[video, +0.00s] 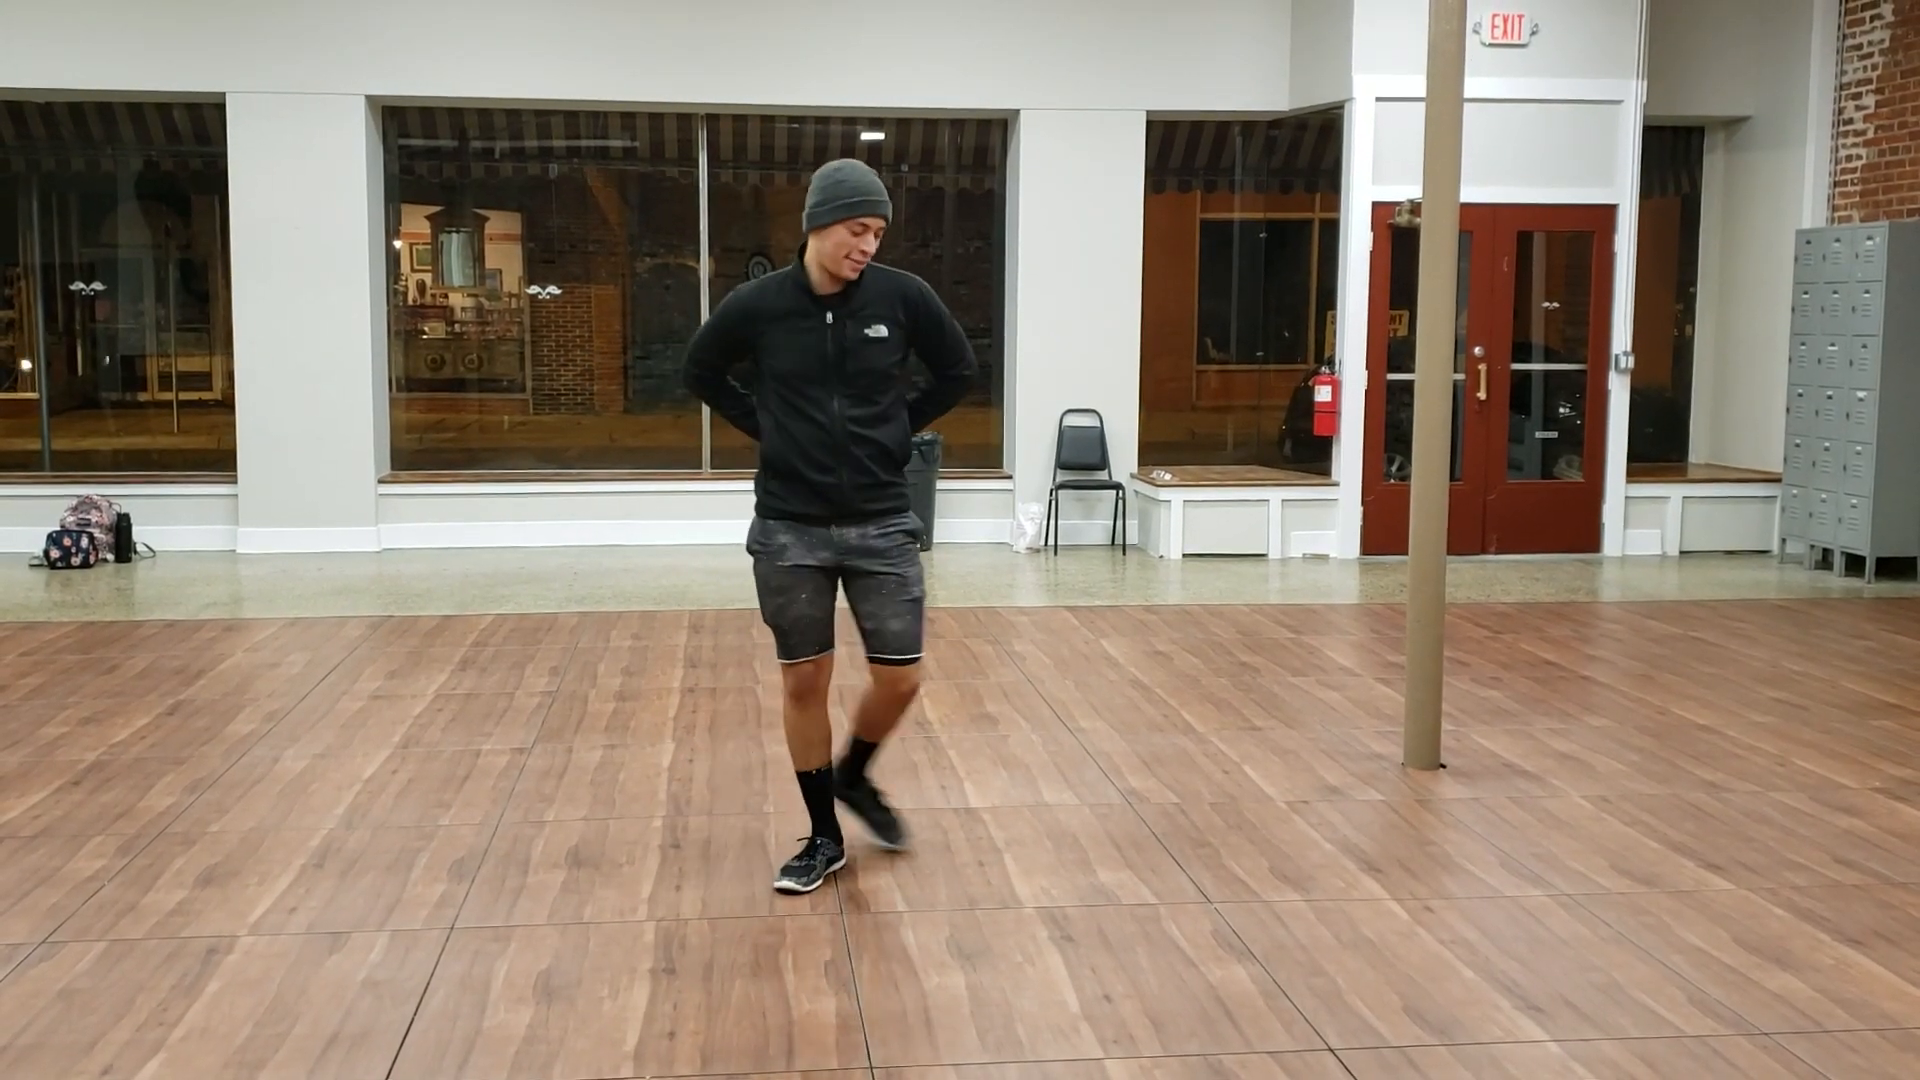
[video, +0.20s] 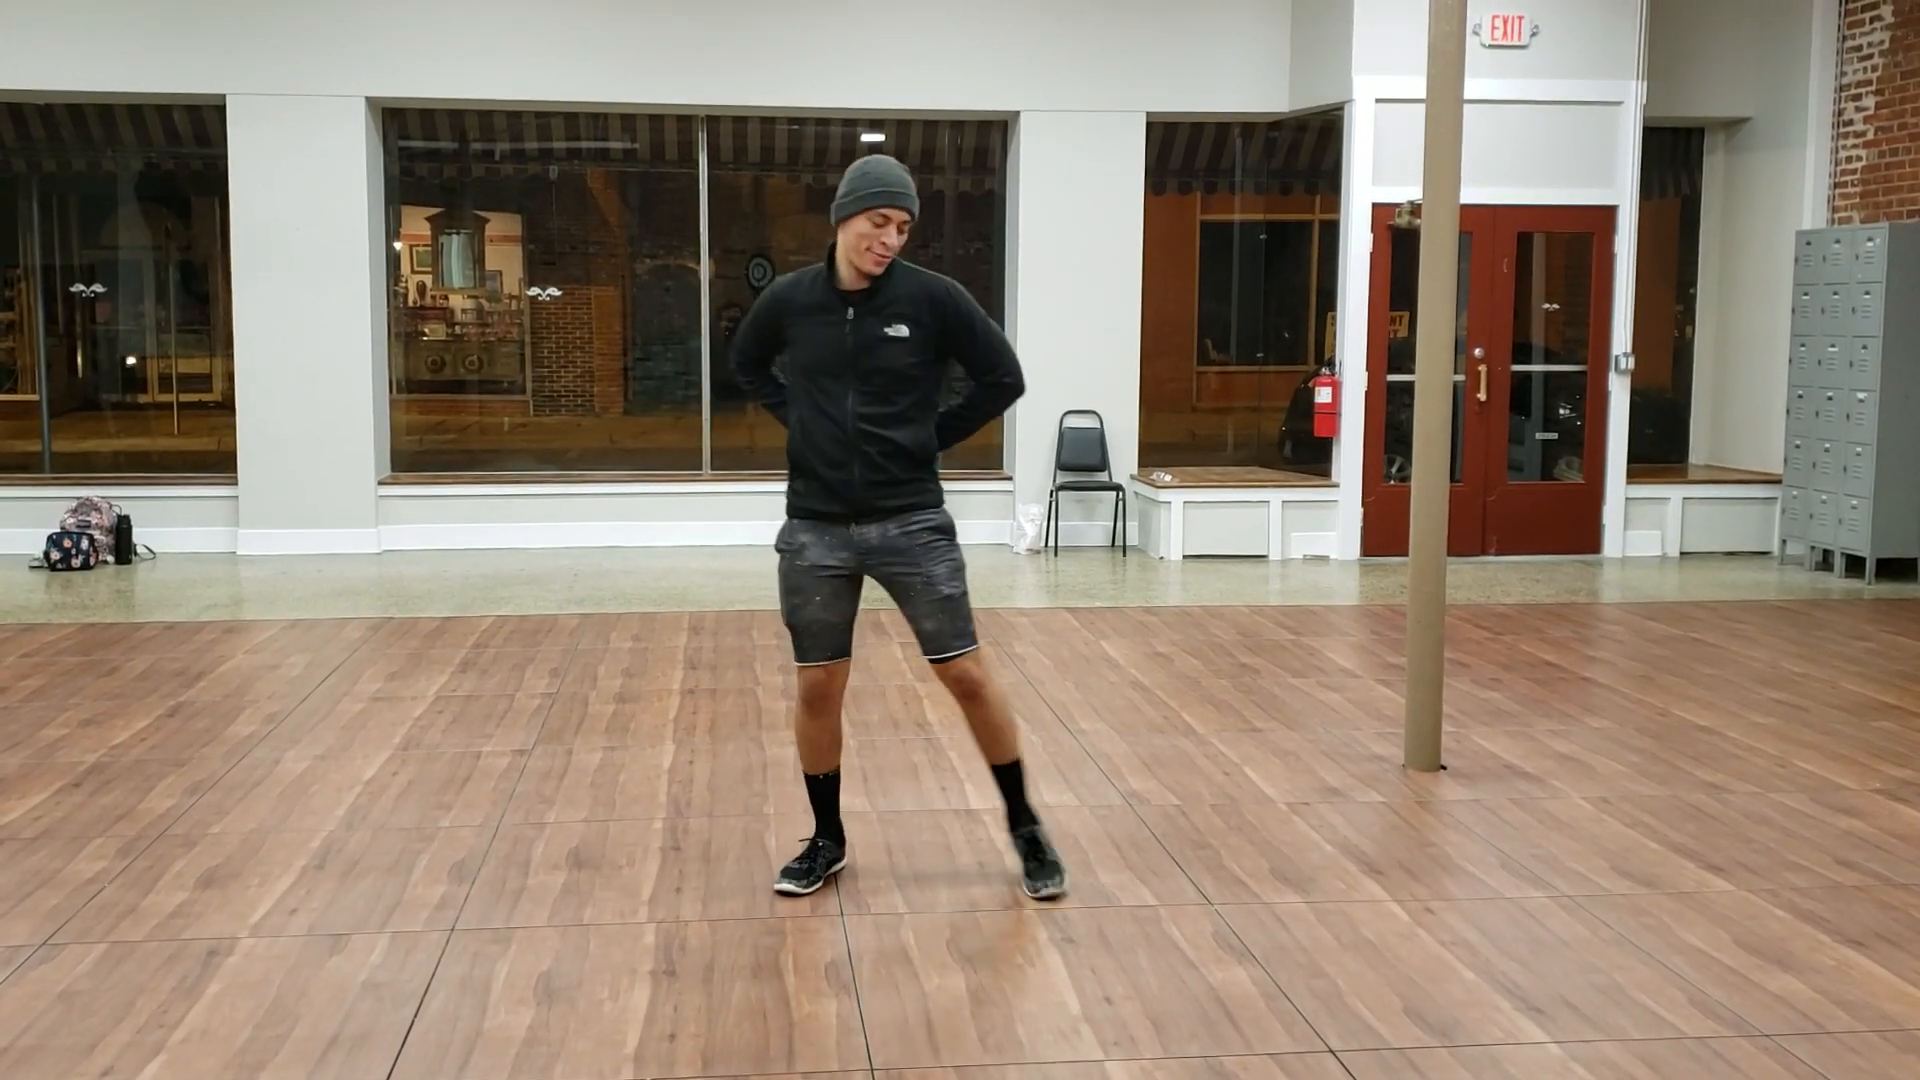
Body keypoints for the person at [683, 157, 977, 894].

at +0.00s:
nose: (867, 245)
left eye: (876, 232)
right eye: (855, 229)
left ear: (880, 237)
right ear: (814, 224)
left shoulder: (902, 297)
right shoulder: (754, 305)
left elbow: (959, 375)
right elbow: (701, 373)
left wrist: (895, 427)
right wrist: (769, 430)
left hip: (881, 523)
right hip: (789, 524)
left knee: (900, 672)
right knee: (804, 676)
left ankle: (851, 774)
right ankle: (822, 837)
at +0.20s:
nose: (886, 239)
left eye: (899, 227)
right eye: (875, 221)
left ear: (907, 234)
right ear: (840, 217)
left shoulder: (934, 300)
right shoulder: (785, 300)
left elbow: (1003, 381)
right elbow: (744, 366)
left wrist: (926, 438)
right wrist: (804, 419)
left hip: (913, 526)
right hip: (815, 528)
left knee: (965, 674)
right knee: (817, 685)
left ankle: (1026, 830)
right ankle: (825, 838)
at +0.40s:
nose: (918, 249)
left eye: (933, 236)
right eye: (906, 232)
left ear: (946, 247)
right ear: (878, 235)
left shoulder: (974, 320)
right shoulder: (839, 318)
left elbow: (1050, 406)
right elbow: (827, 382)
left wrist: (981, 458)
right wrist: (871, 433)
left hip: (953, 543)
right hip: (858, 538)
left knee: (1002, 695)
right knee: (819, 688)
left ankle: (1065, 841)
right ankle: (834, 826)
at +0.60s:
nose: (916, 233)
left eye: (931, 225)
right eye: (904, 219)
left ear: (945, 245)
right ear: (878, 231)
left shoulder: (968, 329)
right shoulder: (843, 317)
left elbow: (1040, 424)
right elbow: (838, 393)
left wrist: (960, 467)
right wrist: (860, 448)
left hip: (942, 548)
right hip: (849, 542)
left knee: (998, 699)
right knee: (809, 695)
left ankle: (1064, 839)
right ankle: (849, 813)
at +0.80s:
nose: (852, 205)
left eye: (868, 198)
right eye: (841, 192)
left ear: (884, 222)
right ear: (816, 210)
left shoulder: (912, 305)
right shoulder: (777, 297)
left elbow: (986, 397)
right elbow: (738, 350)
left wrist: (906, 448)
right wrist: (782, 408)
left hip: (874, 529)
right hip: (788, 527)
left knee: (885, 691)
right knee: (787, 680)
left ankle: (983, 817)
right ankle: (851, 817)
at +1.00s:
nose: (785, 216)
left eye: (800, 207)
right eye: (772, 205)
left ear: (821, 229)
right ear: (751, 224)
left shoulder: (858, 314)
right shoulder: (713, 307)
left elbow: (932, 390)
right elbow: (640, 373)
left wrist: (857, 457)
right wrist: (710, 430)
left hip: (816, 538)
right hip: (735, 535)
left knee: (752, 694)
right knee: (763, 703)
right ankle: (852, 813)